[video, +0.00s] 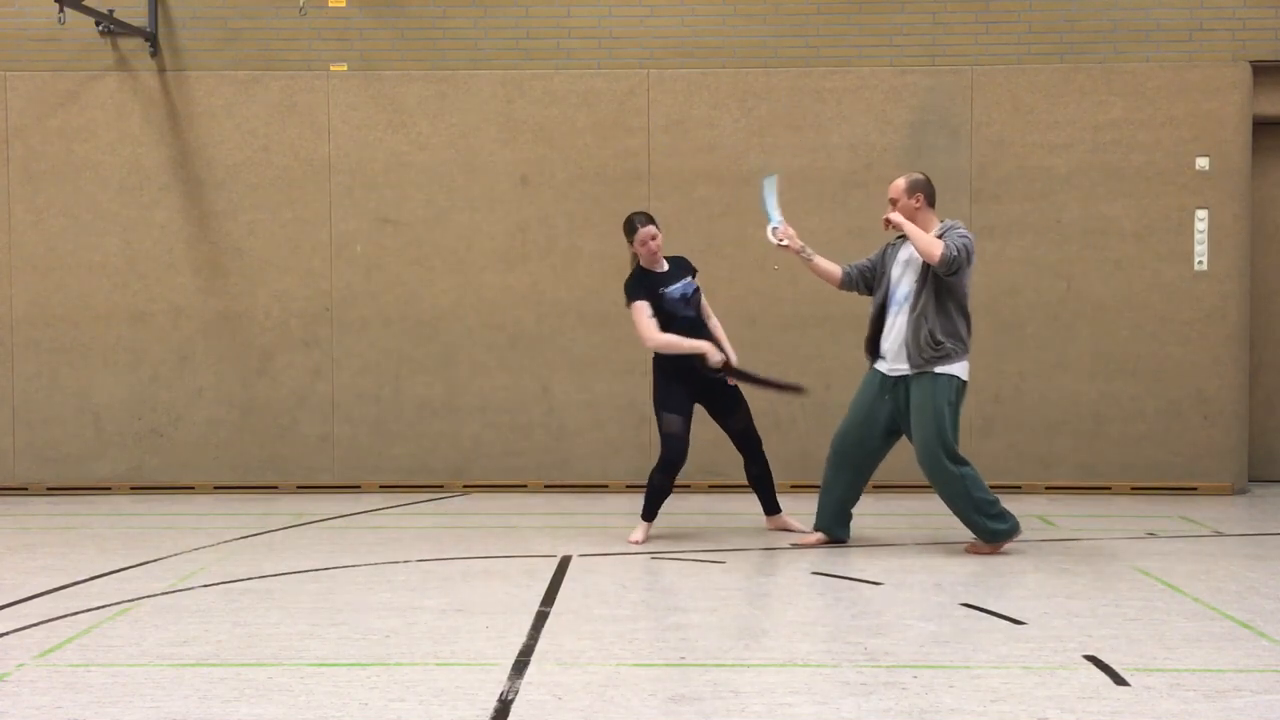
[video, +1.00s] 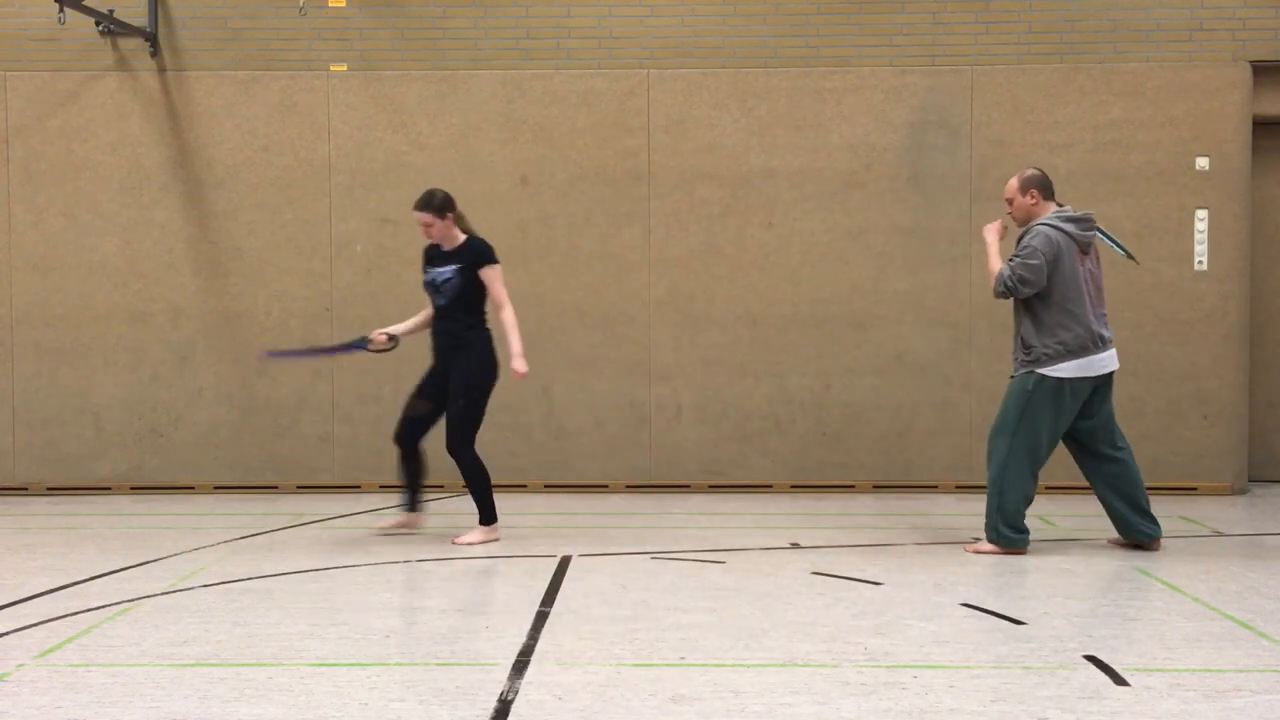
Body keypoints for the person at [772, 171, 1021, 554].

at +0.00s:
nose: (891, 210)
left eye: (895, 202)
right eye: (890, 204)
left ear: (919, 201)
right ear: (907, 203)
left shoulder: (957, 236)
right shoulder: (894, 250)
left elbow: (944, 259)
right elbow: (850, 278)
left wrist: (905, 224)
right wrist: (801, 250)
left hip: (936, 369)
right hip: (888, 369)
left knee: (935, 455)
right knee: (849, 446)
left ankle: (998, 528)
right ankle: (831, 528)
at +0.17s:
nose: (912, 207)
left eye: (916, 199)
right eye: (911, 200)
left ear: (941, 196)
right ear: (935, 198)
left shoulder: (979, 229)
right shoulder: (929, 245)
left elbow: (957, 264)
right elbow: (885, 277)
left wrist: (920, 230)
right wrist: (841, 244)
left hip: (968, 365)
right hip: (929, 365)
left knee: (962, 454)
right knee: (898, 445)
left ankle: (1004, 535)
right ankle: (863, 522)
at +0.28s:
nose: (921, 204)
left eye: (924, 197)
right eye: (920, 197)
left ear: (948, 193)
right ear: (947, 194)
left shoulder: (984, 229)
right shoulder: (951, 239)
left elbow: (953, 269)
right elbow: (911, 275)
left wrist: (921, 229)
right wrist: (873, 238)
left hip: (980, 362)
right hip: (950, 361)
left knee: (972, 450)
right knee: (919, 434)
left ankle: (1006, 538)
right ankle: (907, 525)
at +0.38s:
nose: (929, 203)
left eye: (933, 195)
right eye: (928, 196)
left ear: (956, 191)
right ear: (956, 192)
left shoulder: (985, 227)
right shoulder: (967, 228)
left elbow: (951, 274)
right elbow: (934, 273)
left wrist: (919, 227)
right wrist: (908, 231)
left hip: (993, 360)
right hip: (968, 358)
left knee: (979, 445)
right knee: (945, 438)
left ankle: (1005, 536)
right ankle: (965, 526)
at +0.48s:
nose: (939, 203)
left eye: (943, 195)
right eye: (938, 196)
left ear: (966, 192)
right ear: (971, 192)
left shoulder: (983, 228)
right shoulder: (1001, 224)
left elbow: (959, 282)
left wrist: (930, 242)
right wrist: (949, 235)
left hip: (1000, 365)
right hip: (1030, 362)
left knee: (982, 449)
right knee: (1013, 446)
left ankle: (1005, 538)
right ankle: (1043, 522)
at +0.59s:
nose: (952, 207)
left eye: (954, 198)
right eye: (950, 199)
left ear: (977, 193)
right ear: (985, 193)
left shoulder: (989, 231)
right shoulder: (1019, 225)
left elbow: (964, 284)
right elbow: (1037, 287)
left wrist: (936, 244)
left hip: (1004, 365)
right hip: (1045, 360)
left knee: (982, 449)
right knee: (1043, 438)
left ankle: (1004, 538)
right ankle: (1091, 521)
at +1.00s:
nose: (1007, 209)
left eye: (1010, 201)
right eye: (1006, 202)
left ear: (1033, 197)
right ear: (1042, 197)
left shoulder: (1041, 236)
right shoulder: (1079, 229)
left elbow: (1004, 285)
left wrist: (992, 242)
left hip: (1055, 366)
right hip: (1095, 361)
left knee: (1009, 443)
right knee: (1103, 446)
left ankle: (1005, 537)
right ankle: (1142, 531)